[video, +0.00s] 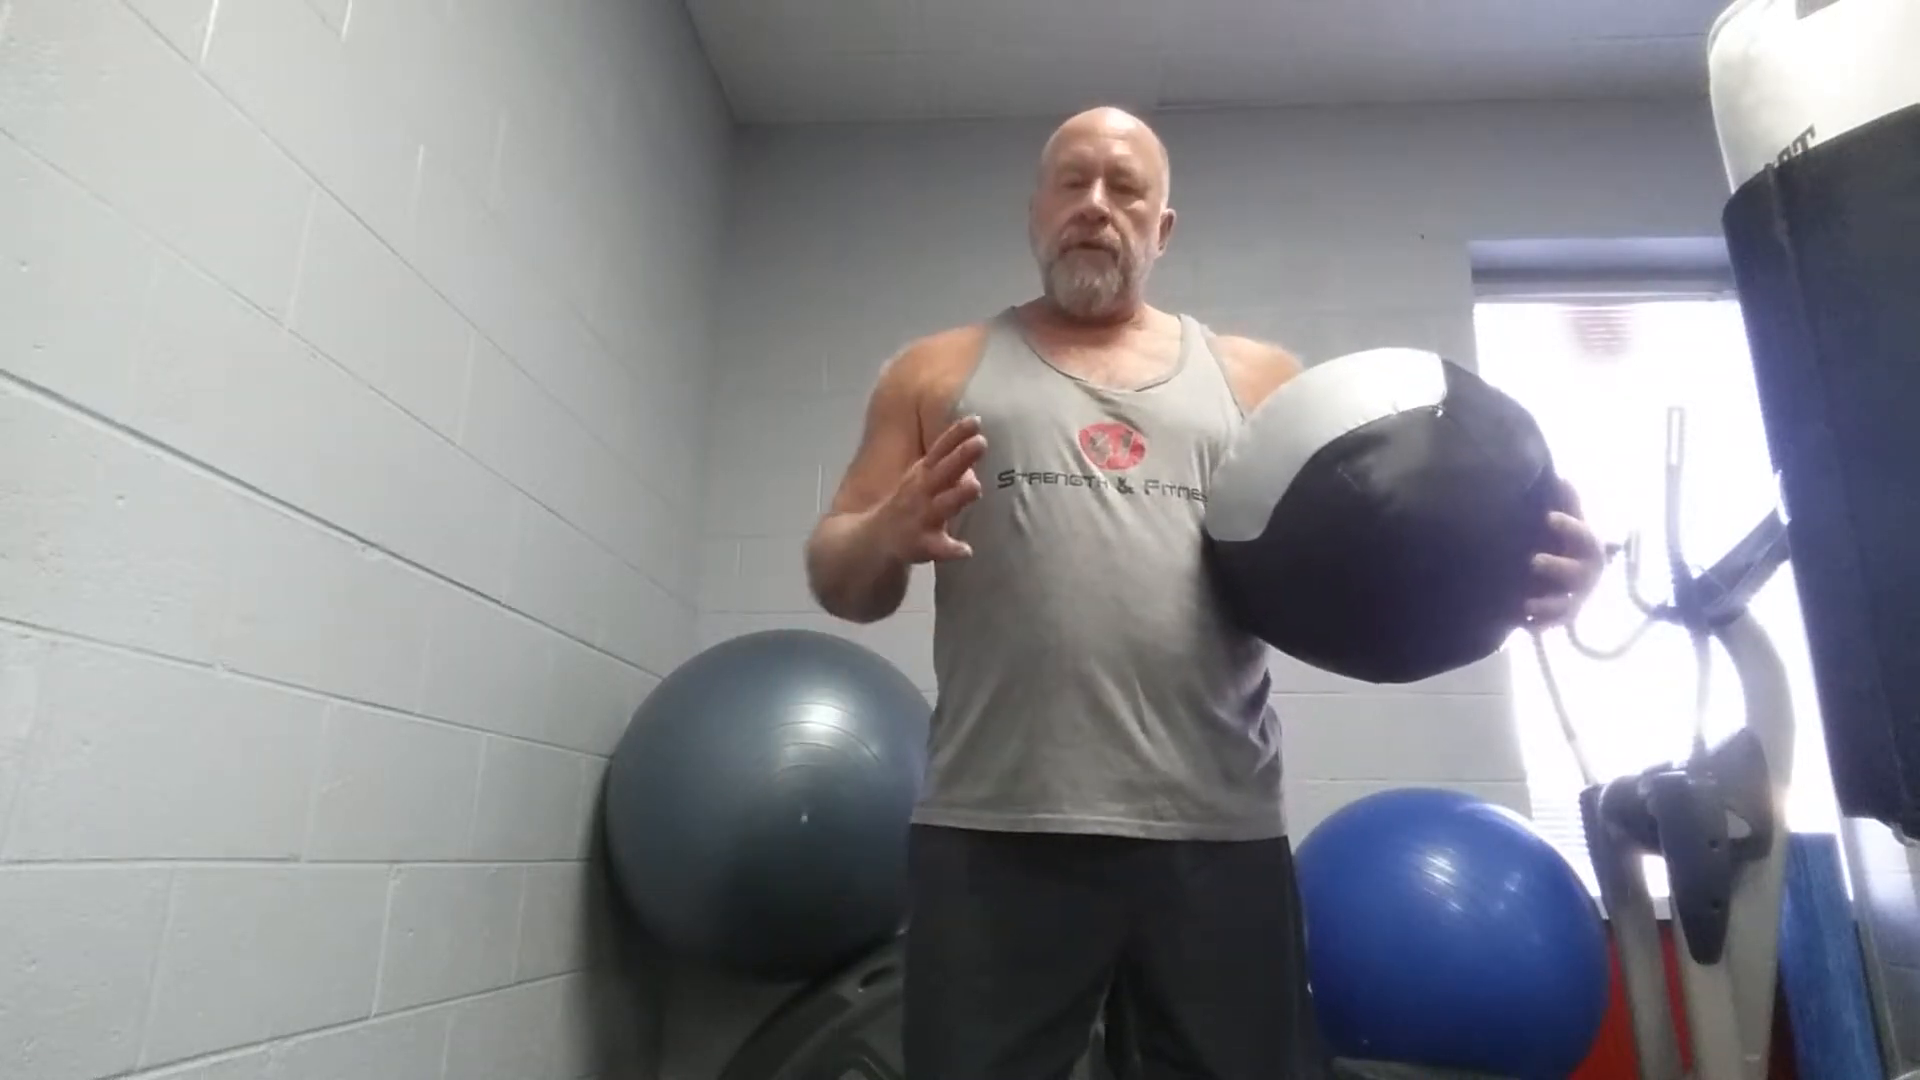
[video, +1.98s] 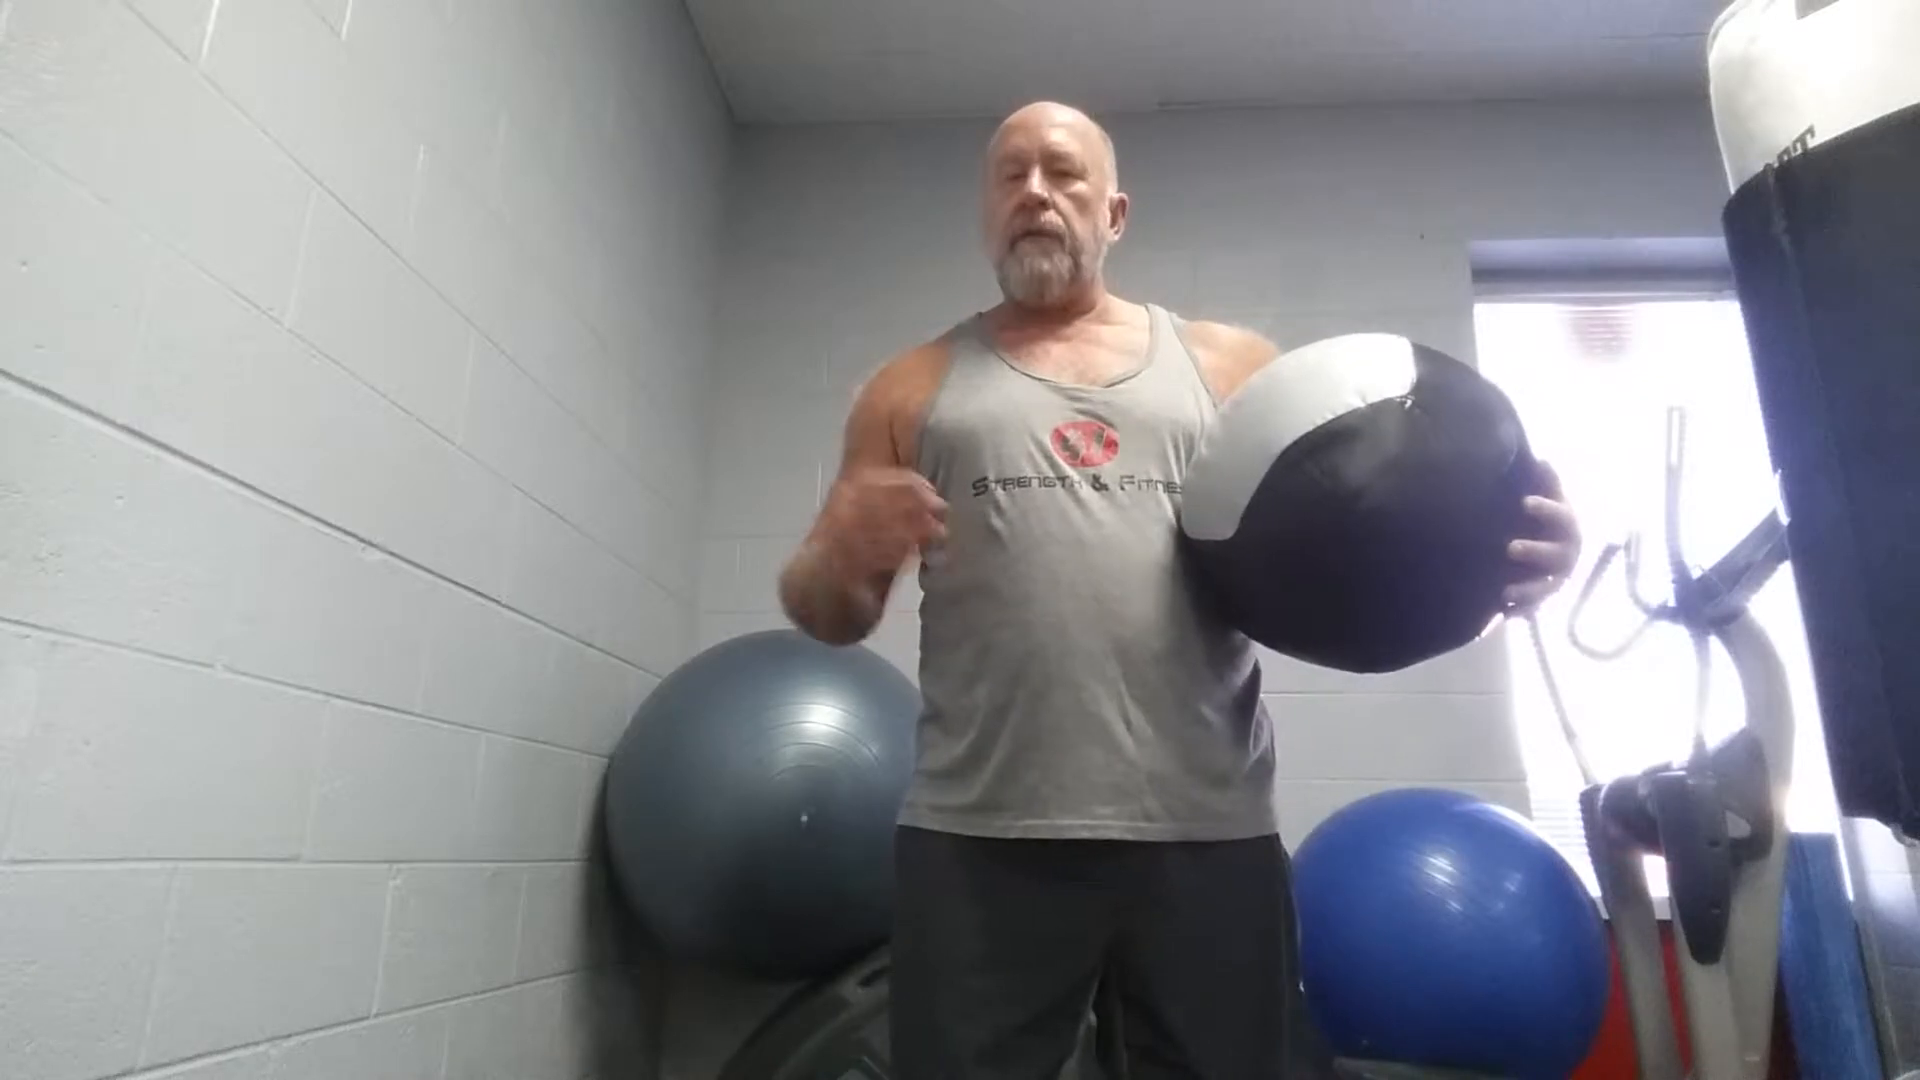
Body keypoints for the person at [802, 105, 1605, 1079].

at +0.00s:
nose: (1096, 203)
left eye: (1126, 186)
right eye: (1072, 180)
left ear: (1163, 224)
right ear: (1033, 210)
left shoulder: (1253, 374)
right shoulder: (936, 373)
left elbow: (1391, 533)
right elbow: (843, 587)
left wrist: (1538, 566)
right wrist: (880, 536)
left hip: (1217, 838)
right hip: (992, 838)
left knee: (1246, 1076)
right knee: (971, 1075)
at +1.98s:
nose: (1033, 190)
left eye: (1063, 172)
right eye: (1011, 173)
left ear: (1116, 213)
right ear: (982, 215)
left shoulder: (1227, 363)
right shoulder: (909, 390)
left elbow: (1376, 516)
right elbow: (826, 618)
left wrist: (1523, 545)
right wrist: (840, 549)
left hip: (1207, 841)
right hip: (979, 842)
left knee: (1239, 1074)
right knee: (961, 1074)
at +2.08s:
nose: (1033, 193)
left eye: (1062, 174)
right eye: (1009, 176)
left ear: (1114, 213)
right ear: (978, 214)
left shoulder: (1228, 362)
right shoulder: (908, 390)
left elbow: (1369, 527)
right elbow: (828, 590)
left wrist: (1518, 548)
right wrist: (749, 510)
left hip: (1209, 839)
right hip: (984, 843)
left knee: (1239, 1068)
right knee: (970, 1067)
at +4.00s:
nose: (1065, 196)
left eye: (1094, 178)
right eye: (1041, 175)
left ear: (1137, 217)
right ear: (1002, 209)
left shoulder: (1235, 371)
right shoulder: (916, 377)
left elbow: (1373, 531)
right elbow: (828, 592)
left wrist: (1520, 568)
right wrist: (878, 575)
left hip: (1205, 838)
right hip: (977, 836)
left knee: (1231, 1074)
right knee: (961, 1072)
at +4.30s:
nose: (1058, 199)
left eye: (1086, 178)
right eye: (1034, 178)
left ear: (1133, 212)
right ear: (998, 213)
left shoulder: (1236, 368)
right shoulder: (919, 381)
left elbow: (1377, 529)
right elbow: (842, 599)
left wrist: (1527, 564)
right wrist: (863, 525)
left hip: (1206, 834)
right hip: (979, 835)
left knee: (1231, 1068)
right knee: (967, 1068)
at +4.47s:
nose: (1060, 203)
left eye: (1086, 181)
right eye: (1035, 183)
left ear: (1136, 210)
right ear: (1000, 216)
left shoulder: (1245, 366)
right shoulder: (927, 384)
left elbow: (1383, 525)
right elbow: (824, 565)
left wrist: (1534, 557)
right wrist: (653, 498)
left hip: (1213, 840)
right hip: (986, 842)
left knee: (1254, 1073)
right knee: (970, 1074)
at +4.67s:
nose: (1059, 208)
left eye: (1088, 188)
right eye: (1035, 187)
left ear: (1136, 216)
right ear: (1004, 216)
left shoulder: (1251, 366)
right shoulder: (931, 388)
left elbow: (1375, 542)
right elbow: (852, 580)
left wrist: (1533, 564)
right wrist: (769, 477)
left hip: (1216, 834)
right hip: (991, 837)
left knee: (1248, 1071)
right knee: (974, 1068)